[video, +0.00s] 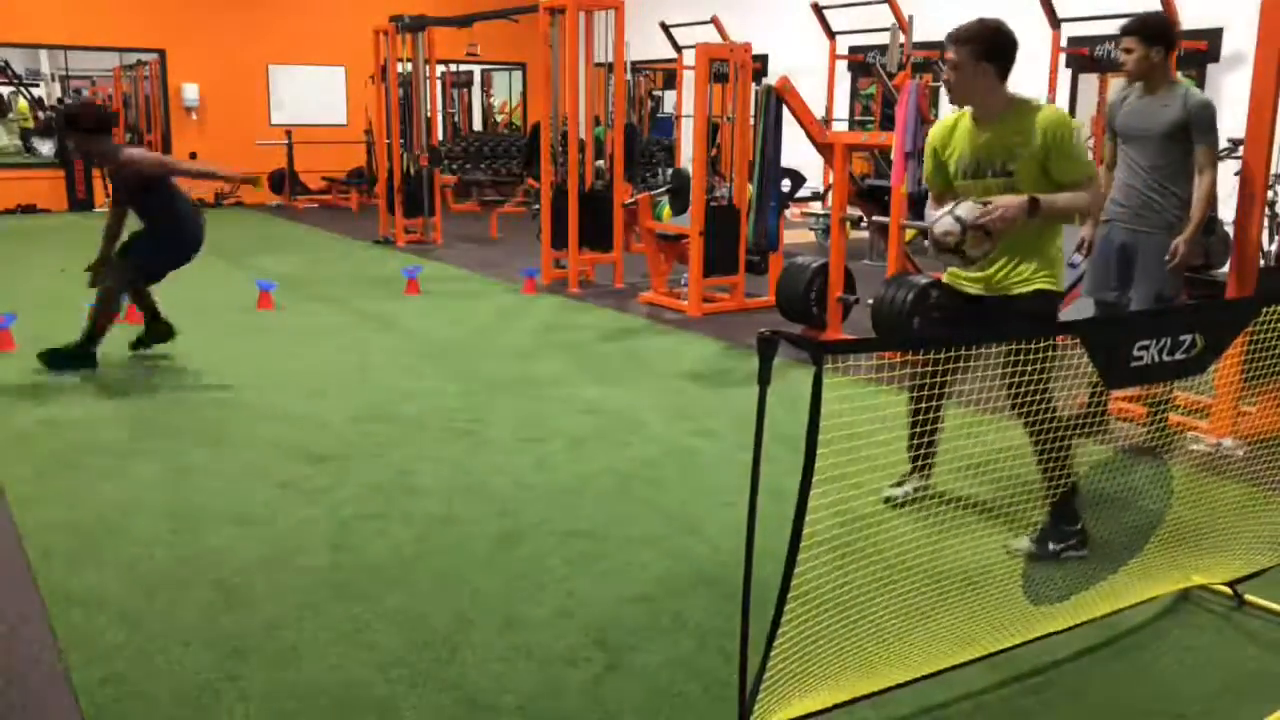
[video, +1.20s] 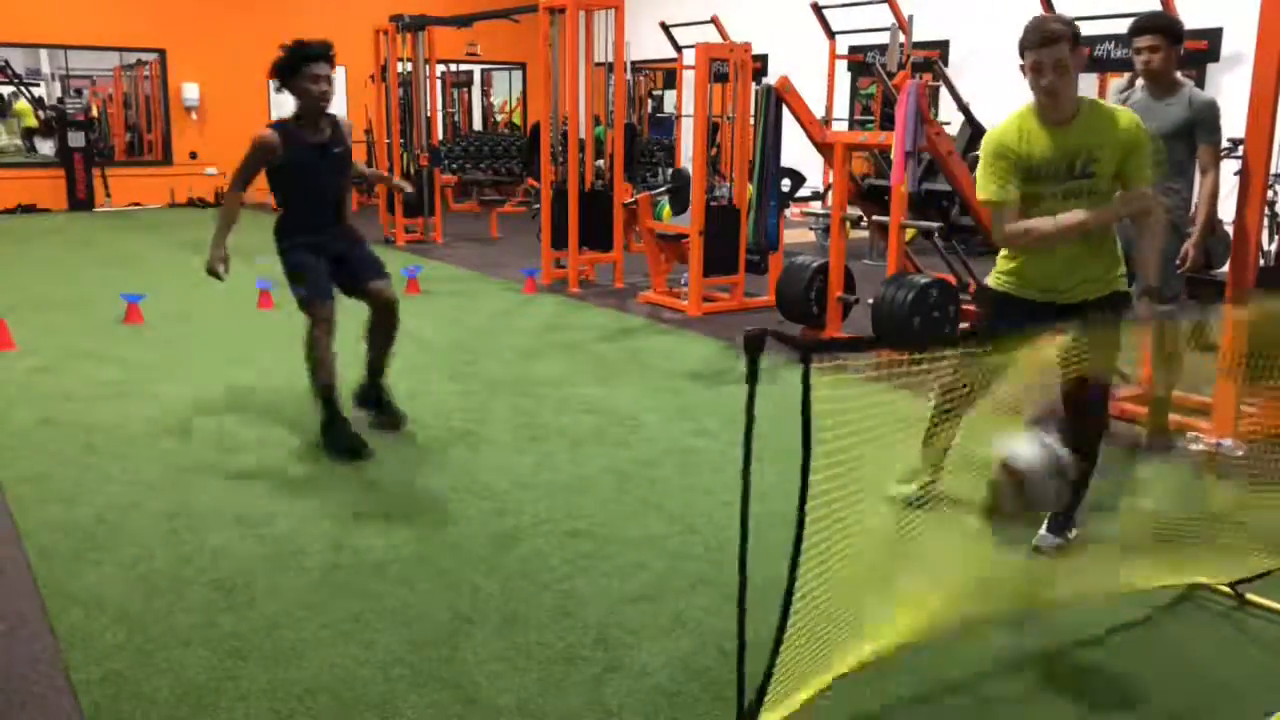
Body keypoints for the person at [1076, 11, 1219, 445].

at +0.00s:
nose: (1121, 59)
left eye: (1128, 52)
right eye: (1120, 51)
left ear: (1159, 54)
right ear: (1141, 55)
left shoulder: (1194, 105)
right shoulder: (1118, 99)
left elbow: (1206, 173)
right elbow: (1108, 166)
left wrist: (1191, 234)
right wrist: (1092, 222)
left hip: (1161, 237)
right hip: (1113, 230)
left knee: (1150, 329)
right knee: (1104, 324)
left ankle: (1155, 423)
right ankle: (1094, 405)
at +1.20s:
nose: (1144, 59)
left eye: (1153, 50)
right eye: (1138, 51)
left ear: (1175, 52)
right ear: (1131, 55)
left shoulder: (1200, 104)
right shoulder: (1120, 97)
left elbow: (1209, 171)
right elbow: (1106, 158)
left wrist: (1199, 235)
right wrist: (1100, 216)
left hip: (1169, 224)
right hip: (1120, 220)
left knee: (1163, 316)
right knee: (1103, 308)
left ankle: (1159, 410)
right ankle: (1090, 400)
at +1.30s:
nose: (1142, 59)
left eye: (1151, 50)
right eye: (1135, 51)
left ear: (1174, 51)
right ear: (1129, 55)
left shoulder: (1198, 106)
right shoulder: (1124, 102)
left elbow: (1206, 174)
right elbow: (1106, 164)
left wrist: (1197, 236)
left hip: (1171, 224)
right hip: (1124, 219)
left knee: (1161, 310)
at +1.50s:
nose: (1130, 61)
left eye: (1138, 53)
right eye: (1128, 54)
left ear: (1169, 53)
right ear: (1126, 54)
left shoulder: (1198, 107)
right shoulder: (1122, 100)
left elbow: (1206, 174)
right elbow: (1105, 163)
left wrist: (1195, 238)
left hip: (1167, 225)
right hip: (1122, 220)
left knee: (1158, 309)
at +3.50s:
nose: (1121, 59)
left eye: (1128, 51)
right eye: (1121, 51)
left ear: (1158, 54)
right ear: (1143, 55)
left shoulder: (1195, 106)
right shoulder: (1121, 104)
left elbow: (1205, 175)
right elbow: (1109, 171)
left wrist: (1189, 238)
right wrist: (1088, 226)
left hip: (1160, 236)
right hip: (1114, 229)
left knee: (1143, 327)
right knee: (1105, 322)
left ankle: (1154, 421)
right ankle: (1097, 403)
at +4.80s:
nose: (1138, 58)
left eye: (1148, 49)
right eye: (1135, 49)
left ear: (1173, 51)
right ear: (1129, 52)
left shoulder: (1196, 107)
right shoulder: (1127, 99)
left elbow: (1204, 178)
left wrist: (1195, 233)